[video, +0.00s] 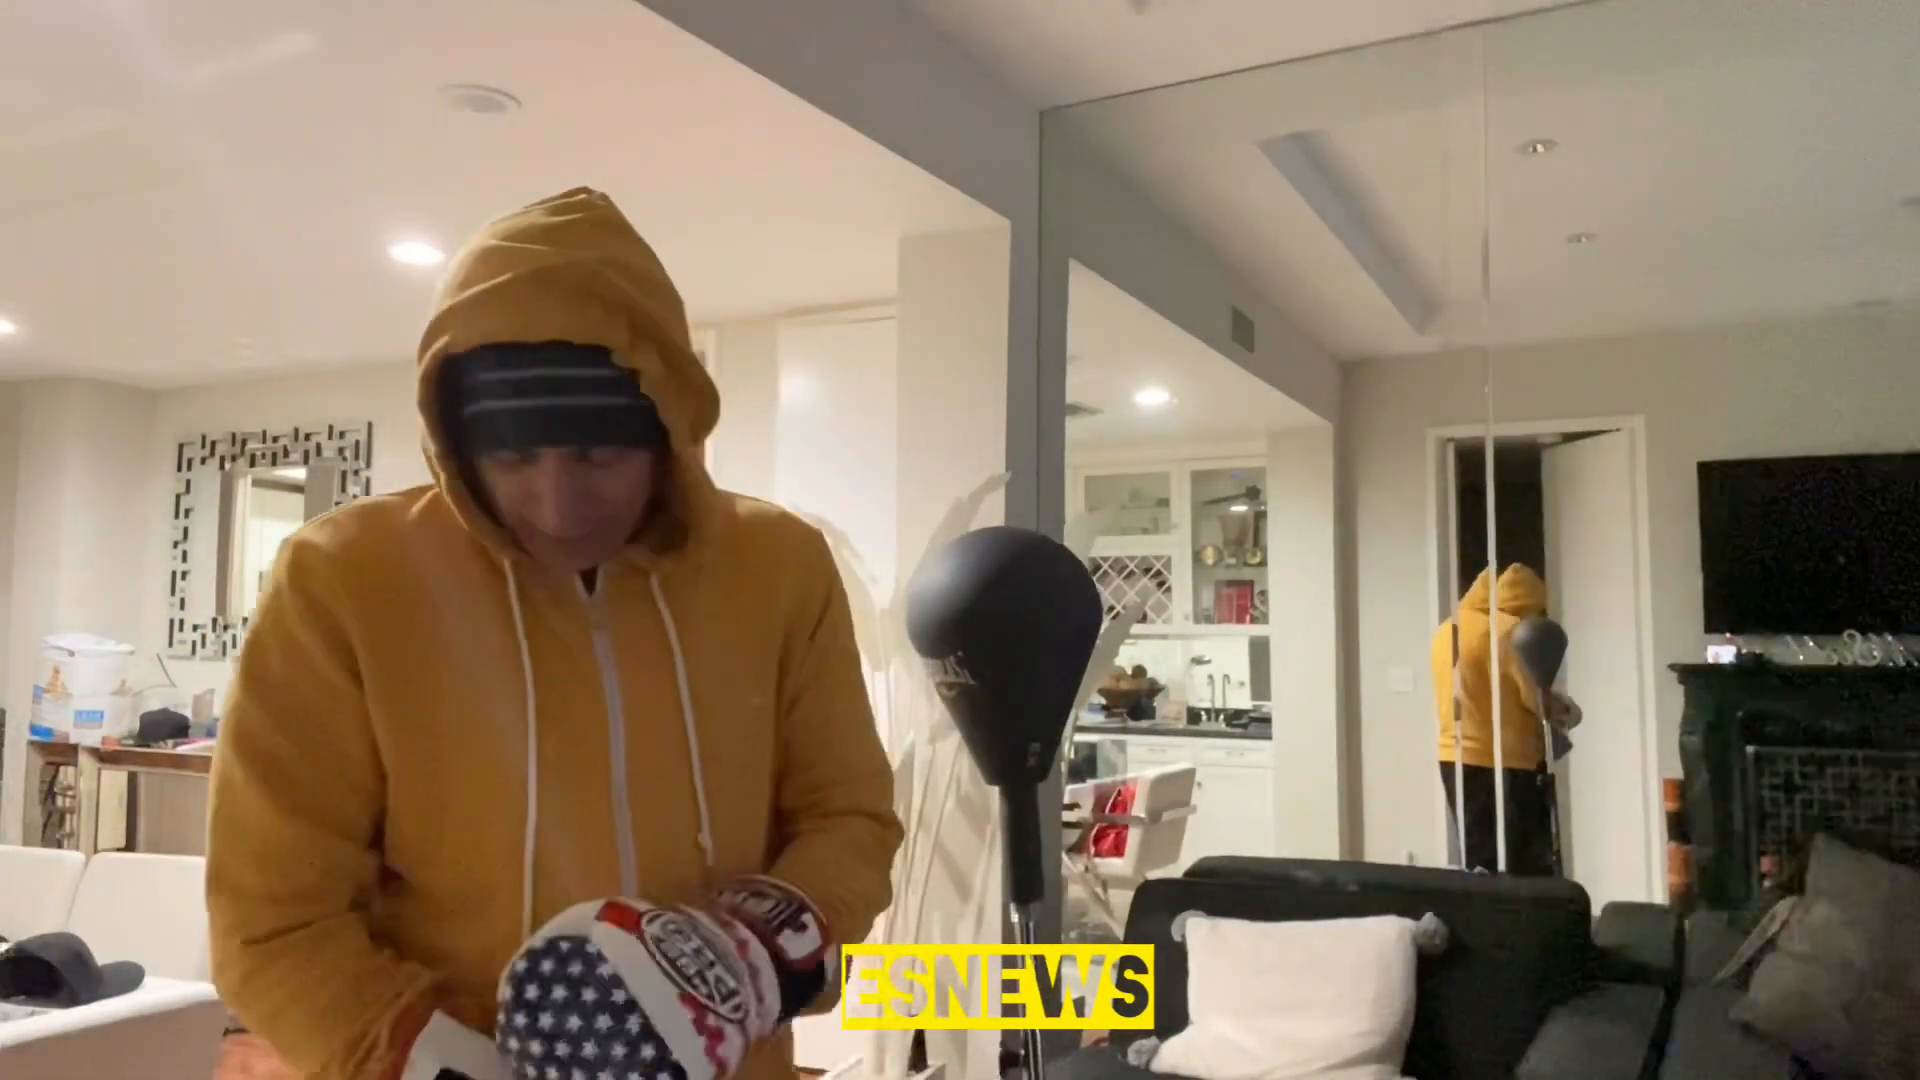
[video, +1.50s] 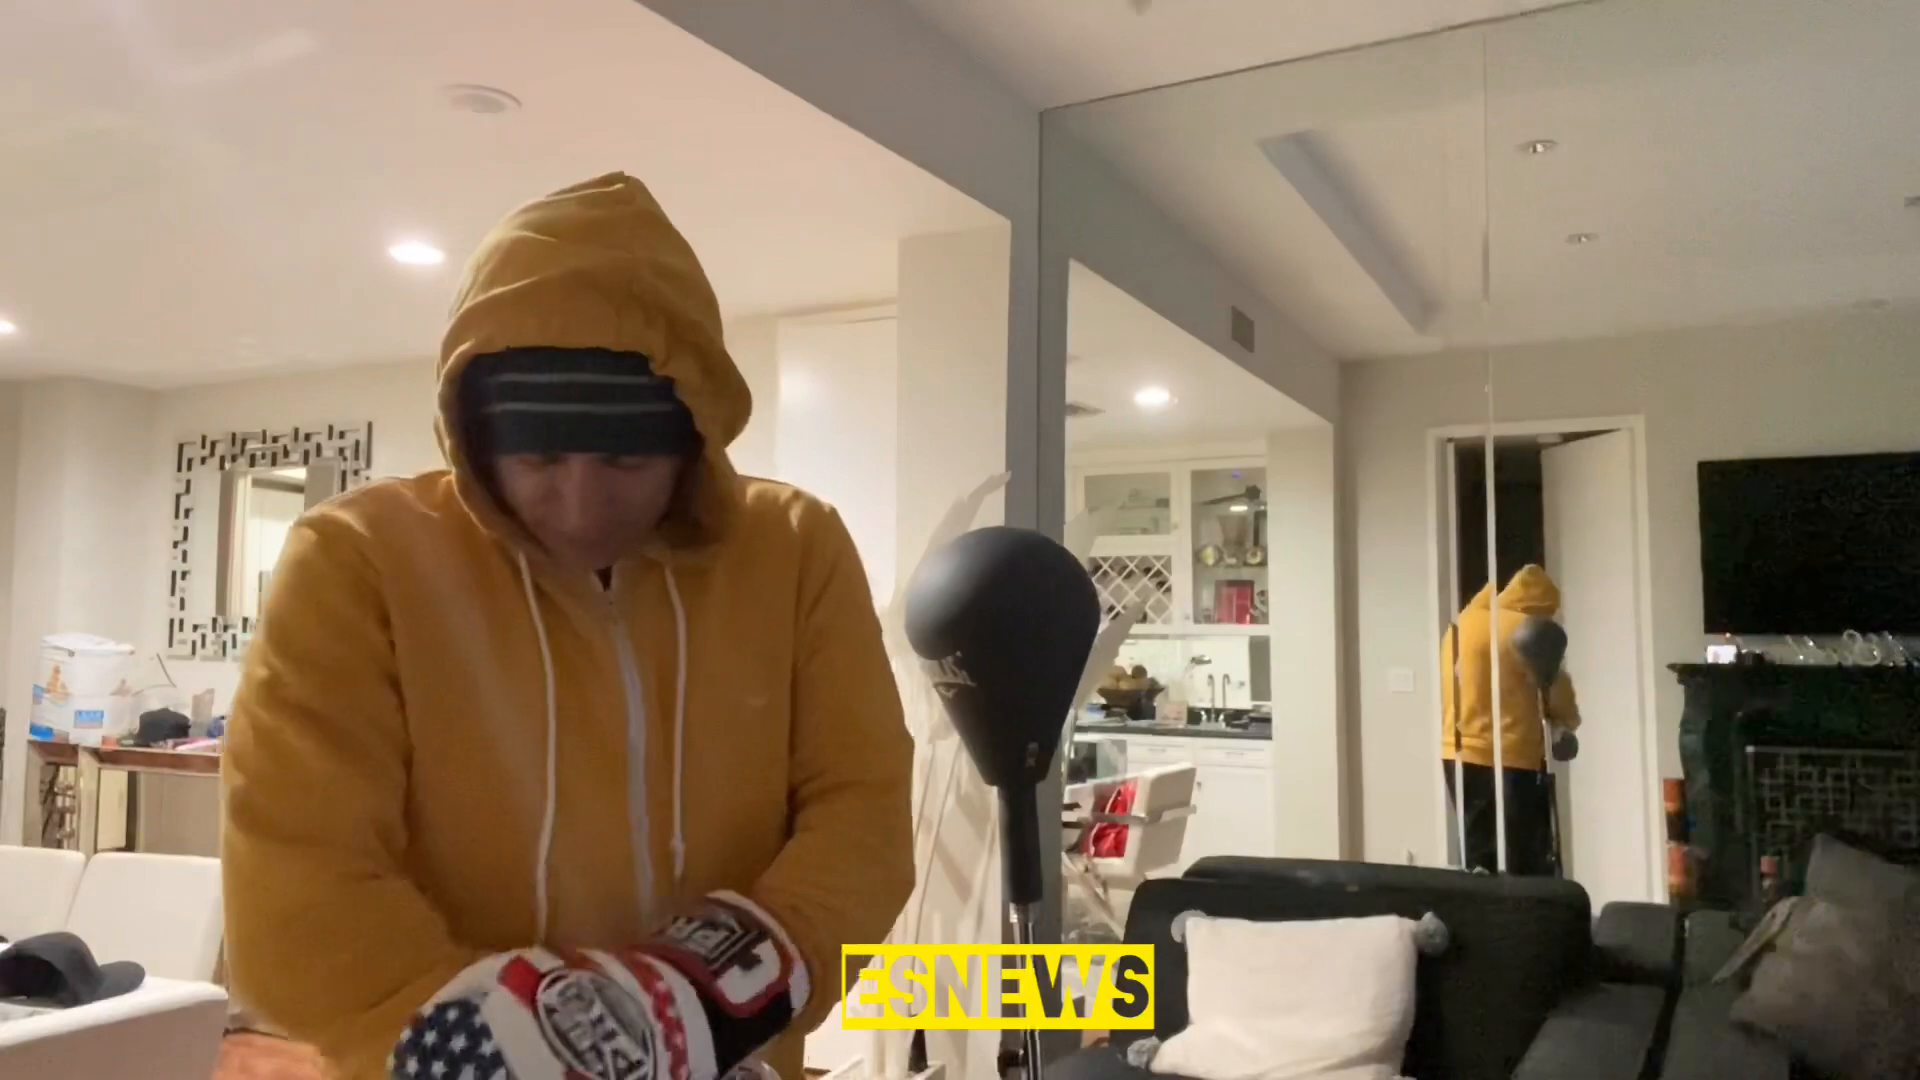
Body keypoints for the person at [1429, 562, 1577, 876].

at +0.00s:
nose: (1537, 619)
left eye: (1539, 613)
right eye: (1537, 611)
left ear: (1491, 592)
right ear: (1524, 602)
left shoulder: (1445, 632)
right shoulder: (1512, 632)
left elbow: (1457, 699)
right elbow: (1535, 697)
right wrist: (1564, 712)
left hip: (1457, 764)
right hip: (1511, 766)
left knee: (1479, 860)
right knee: (1528, 862)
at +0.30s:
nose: (1539, 619)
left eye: (1540, 613)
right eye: (1539, 611)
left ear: (1487, 592)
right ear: (1528, 602)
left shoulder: (1447, 633)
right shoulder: (1517, 631)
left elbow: (1459, 701)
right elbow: (1544, 703)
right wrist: (1561, 693)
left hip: (1460, 764)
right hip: (1514, 767)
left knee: (1479, 862)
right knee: (1528, 864)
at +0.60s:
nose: (1541, 616)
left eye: (1541, 610)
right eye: (1539, 608)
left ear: (1487, 591)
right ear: (1529, 600)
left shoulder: (1448, 633)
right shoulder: (1518, 631)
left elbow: (1455, 699)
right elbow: (1544, 702)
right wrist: (1560, 686)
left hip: (1461, 764)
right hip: (1514, 766)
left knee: (1479, 861)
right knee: (1527, 864)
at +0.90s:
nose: (1540, 611)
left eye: (1540, 604)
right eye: (1538, 603)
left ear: (1492, 589)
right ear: (1529, 598)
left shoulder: (1451, 630)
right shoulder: (1520, 633)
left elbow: (1451, 698)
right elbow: (1549, 700)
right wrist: (1568, 687)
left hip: (1462, 762)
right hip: (1516, 766)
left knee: (1479, 860)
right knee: (1529, 863)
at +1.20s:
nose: (1543, 617)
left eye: (1544, 611)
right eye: (1542, 609)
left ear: (1498, 591)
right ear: (1534, 602)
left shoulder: (1454, 628)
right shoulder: (1527, 633)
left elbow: (1448, 698)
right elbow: (1553, 702)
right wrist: (1573, 703)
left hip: (1461, 763)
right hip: (1518, 767)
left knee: (1478, 860)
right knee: (1529, 863)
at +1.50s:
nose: (1550, 617)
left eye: (1550, 611)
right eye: (1549, 610)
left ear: (1510, 590)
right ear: (1542, 602)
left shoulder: (1461, 625)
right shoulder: (1534, 630)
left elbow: (1444, 688)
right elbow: (1559, 699)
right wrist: (1567, 723)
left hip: (1463, 759)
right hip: (1518, 762)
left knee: (1477, 854)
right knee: (1527, 855)